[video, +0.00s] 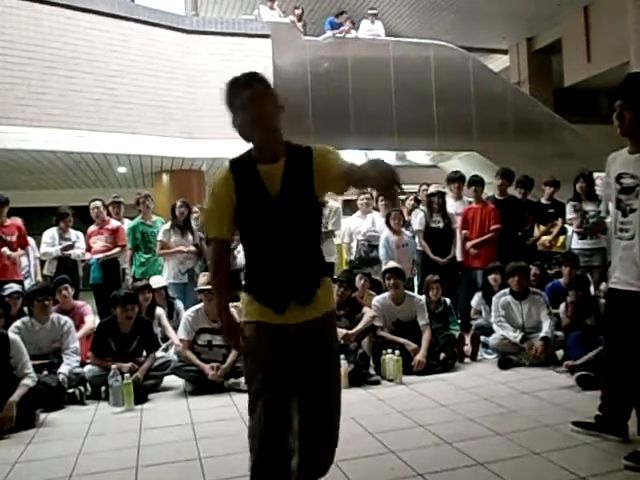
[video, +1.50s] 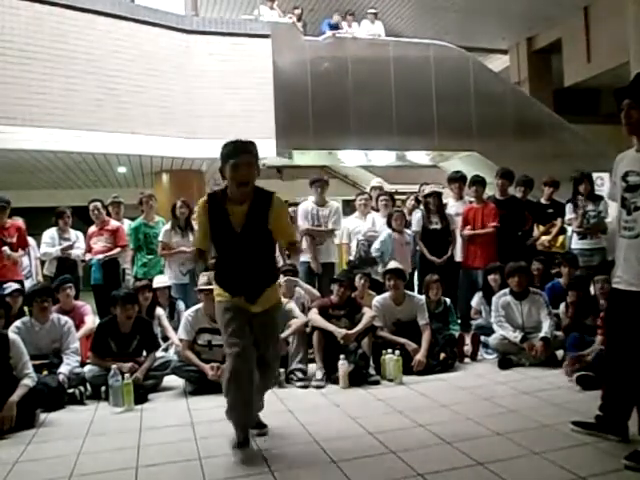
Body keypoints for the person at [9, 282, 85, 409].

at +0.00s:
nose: (46, 304)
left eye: (48, 300)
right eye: (41, 301)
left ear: (53, 302)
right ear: (31, 305)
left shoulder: (64, 323)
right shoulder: (18, 328)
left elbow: (72, 353)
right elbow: (15, 359)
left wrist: (63, 373)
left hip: (59, 368)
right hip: (33, 372)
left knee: (79, 375)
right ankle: (69, 397)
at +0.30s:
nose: (45, 304)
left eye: (48, 300)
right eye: (40, 301)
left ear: (53, 302)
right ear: (31, 305)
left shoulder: (64, 323)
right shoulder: (18, 328)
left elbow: (72, 353)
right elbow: (14, 358)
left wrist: (63, 373)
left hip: (59, 369)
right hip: (33, 372)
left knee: (79, 376)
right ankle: (69, 397)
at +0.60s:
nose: (45, 305)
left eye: (47, 301)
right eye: (39, 302)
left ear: (53, 303)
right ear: (31, 306)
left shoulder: (64, 323)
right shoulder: (19, 328)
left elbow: (72, 353)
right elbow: (14, 358)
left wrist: (63, 373)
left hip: (59, 369)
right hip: (33, 372)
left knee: (79, 376)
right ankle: (69, 396)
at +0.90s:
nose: (44, 305)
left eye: (47, 301)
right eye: (39, 302)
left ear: (53, 303)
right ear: (31, 305)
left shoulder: (64, 323)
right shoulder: (18, 328)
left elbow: (72, 353)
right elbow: (14, 357)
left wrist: (63, 373)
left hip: (58, 369)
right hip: (32, 372)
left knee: (79, 375)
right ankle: (69, 397)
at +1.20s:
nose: (44, 306)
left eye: (47, 301)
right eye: (39, 302)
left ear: (53, 303)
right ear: (31, 306)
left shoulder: (64, 324)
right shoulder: (18, 328)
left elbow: (72, 353)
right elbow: (15, 358)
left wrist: (63, 374)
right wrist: (32, 377)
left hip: (58, 369)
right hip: (32, 372)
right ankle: (68, 398)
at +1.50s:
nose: (44, 305)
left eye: (47, 301)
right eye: (39, 301)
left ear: (52, 303)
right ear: (31, 305)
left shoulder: (64, 323)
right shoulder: (18, 328)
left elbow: (72, 353)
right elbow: (14, 358)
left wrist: (63, 373)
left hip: (58, 369)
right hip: (32, 372)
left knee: (79, 375)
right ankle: (69, 397)